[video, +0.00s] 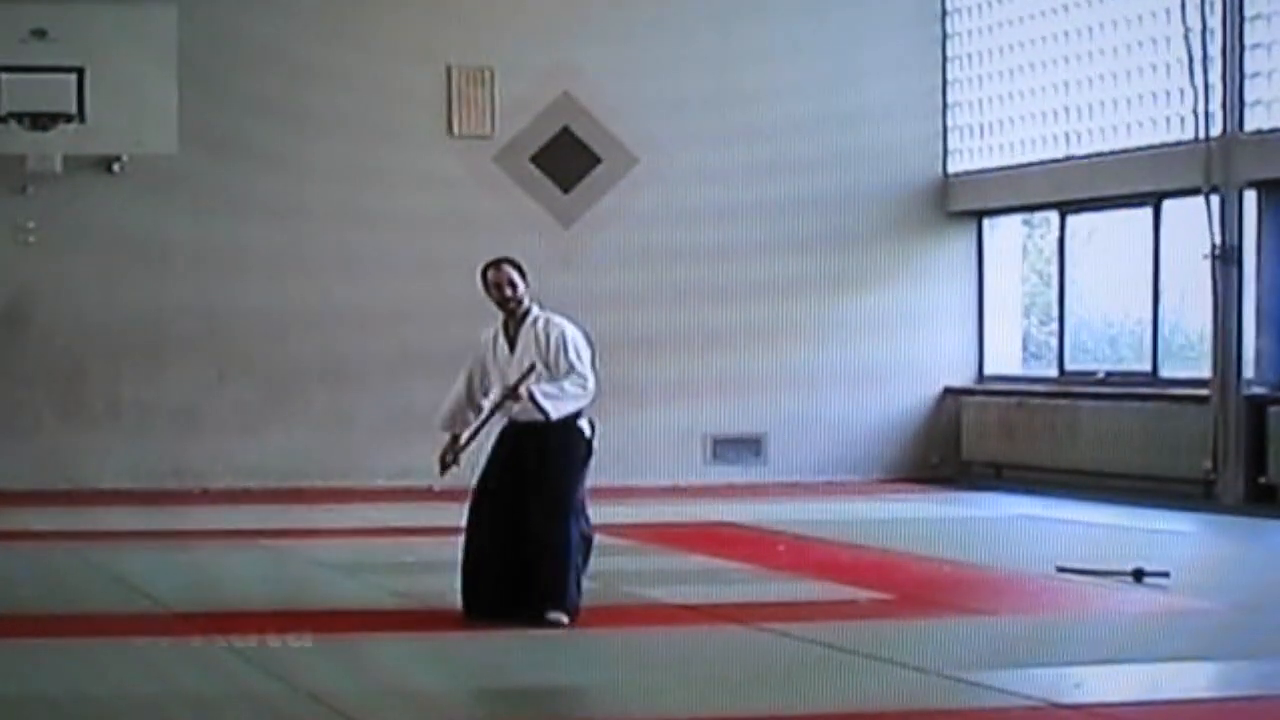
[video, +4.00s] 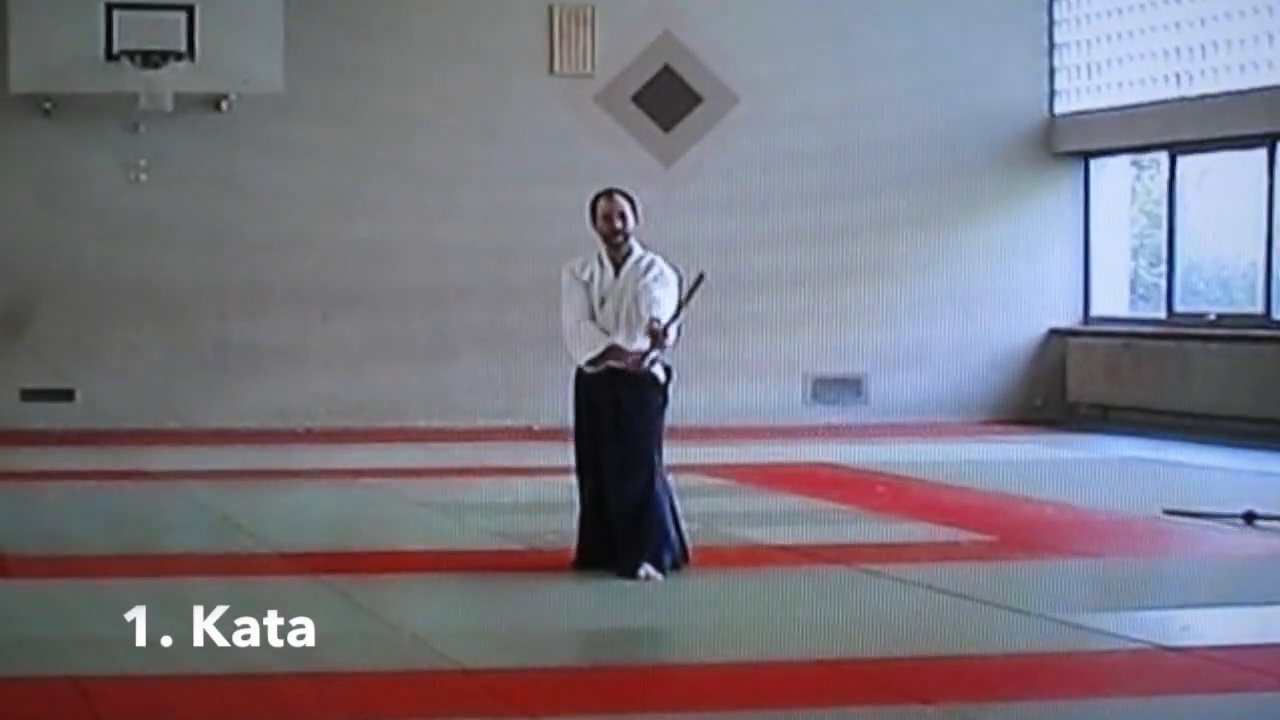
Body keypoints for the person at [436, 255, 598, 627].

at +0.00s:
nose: (506, 293)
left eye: (511, 284)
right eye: (497, 288)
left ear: (525, 285)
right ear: (489, 296)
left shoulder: (558, 332)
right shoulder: (492, 342)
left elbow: (583, 385)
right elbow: (472, 393)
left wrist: (534, 394)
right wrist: (456, 437)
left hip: (560, 433)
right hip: (517, 432)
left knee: (555, 516)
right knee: (491, 510)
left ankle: (558, 602)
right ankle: (495, 601)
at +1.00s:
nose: (567, 295)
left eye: (573, 286)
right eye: (559, 289)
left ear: (587, 286)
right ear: (549, 293)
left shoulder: (612, 333)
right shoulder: (539, 328)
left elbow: (620, 392)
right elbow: (537, 373)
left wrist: (600, 397)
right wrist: (561, 397)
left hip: (606, 433)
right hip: (563, 431)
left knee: (598, 519)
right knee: (550, 515)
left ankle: (601, 607)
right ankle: (550, 603)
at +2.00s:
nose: (448, 243)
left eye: (453, 233)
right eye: (438, 238)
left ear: (468, 234)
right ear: (432, 246)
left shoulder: (495, 282)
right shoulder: (431, 283)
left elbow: (517, 338)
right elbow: (403, 293)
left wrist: (486, 351)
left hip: (494, 390)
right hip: (449, 388)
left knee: (506, 473)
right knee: (420, 469)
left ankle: (550, 563)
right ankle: (433, 562)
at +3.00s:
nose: (509, 245)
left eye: (515, 236)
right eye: (499, 239)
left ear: (528, 238)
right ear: (490, 246)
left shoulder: (556, 289)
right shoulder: (481, 290)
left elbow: (572, 351)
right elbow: (457, 335)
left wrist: (545, 338)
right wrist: (410, 330)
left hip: (553, 395)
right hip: (503, 393)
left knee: (574, 476)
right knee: (471, 470)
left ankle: (602, 551)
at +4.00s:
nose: (615, 224)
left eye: (621, 216)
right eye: (606, 218)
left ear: (634, 221)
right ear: (594, 225)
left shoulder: (654, 270)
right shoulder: (578, 272)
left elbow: (660, 311)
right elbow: (576, 330)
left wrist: (661, 333)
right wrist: (616, 355)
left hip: (639, 376)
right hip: (593, 376)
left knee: (638, 466)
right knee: (594, 465)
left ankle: (649, 554)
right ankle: (598, 552)